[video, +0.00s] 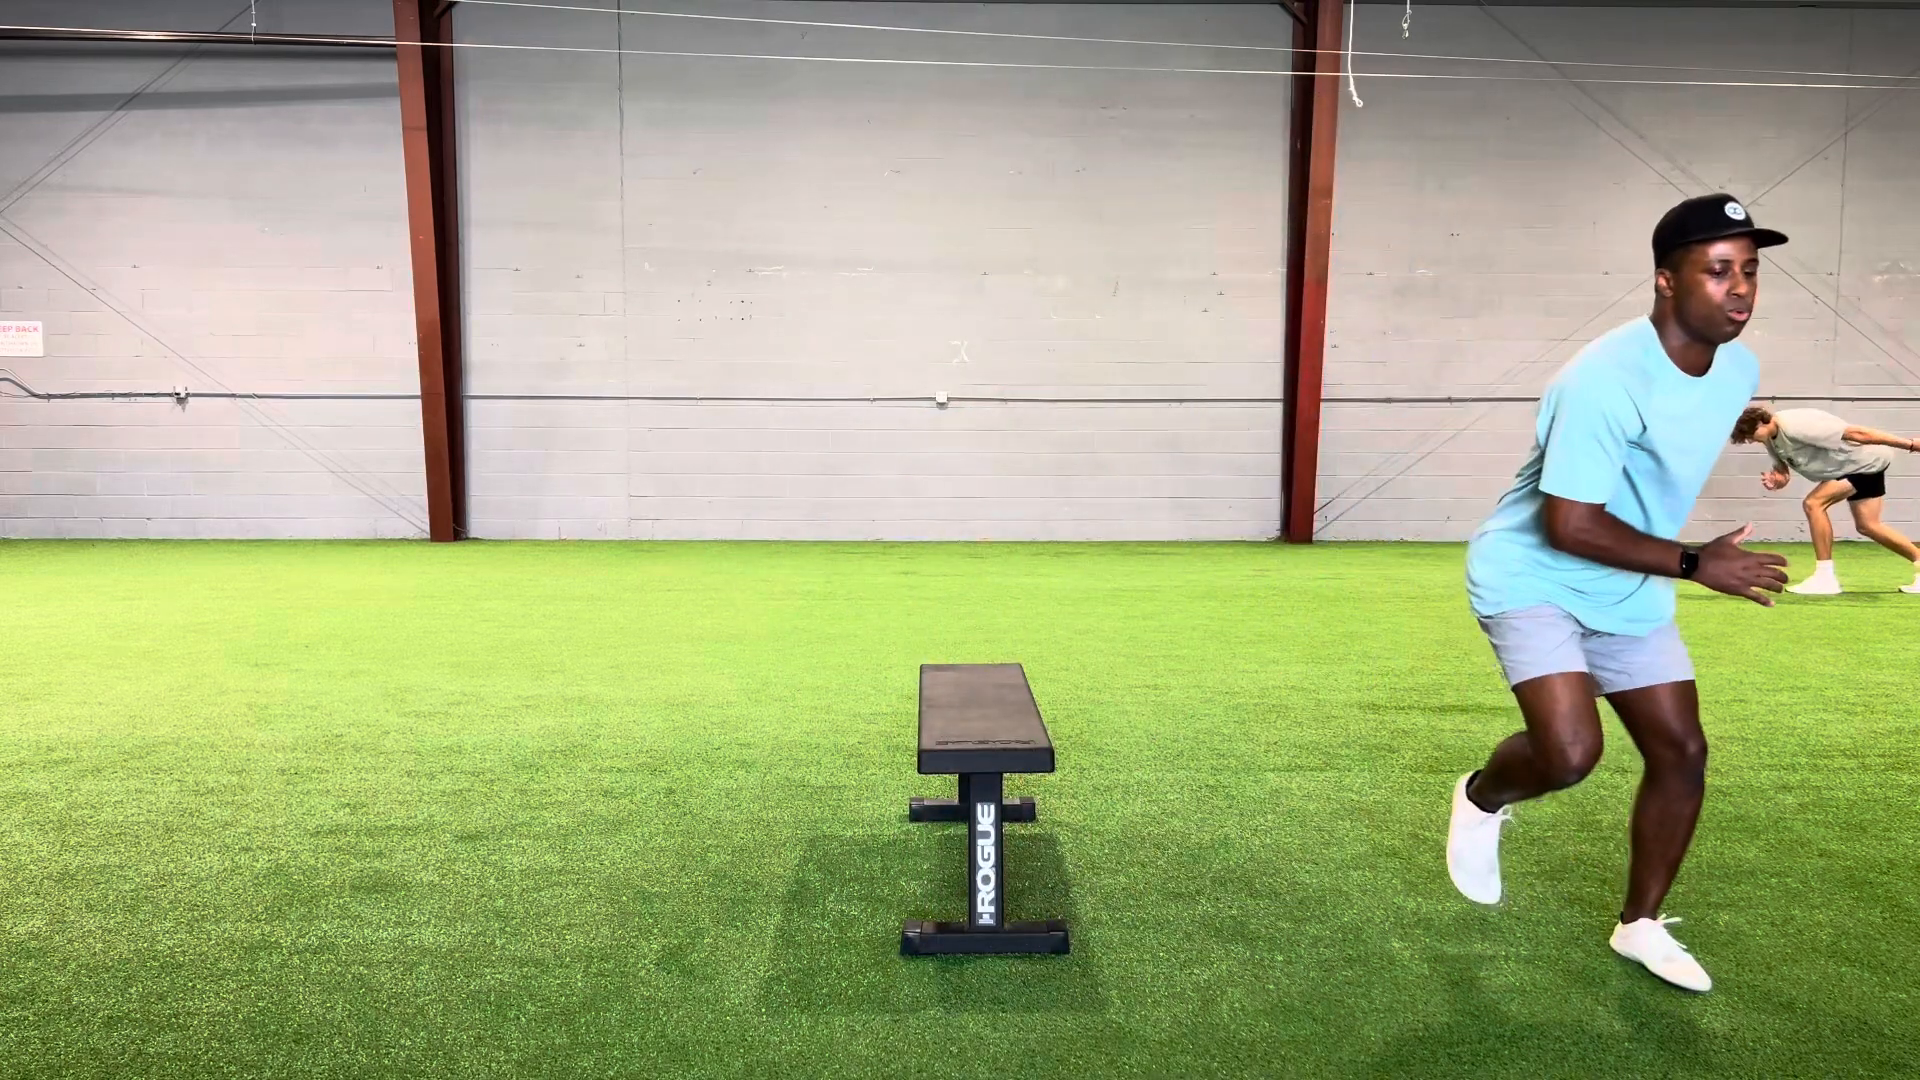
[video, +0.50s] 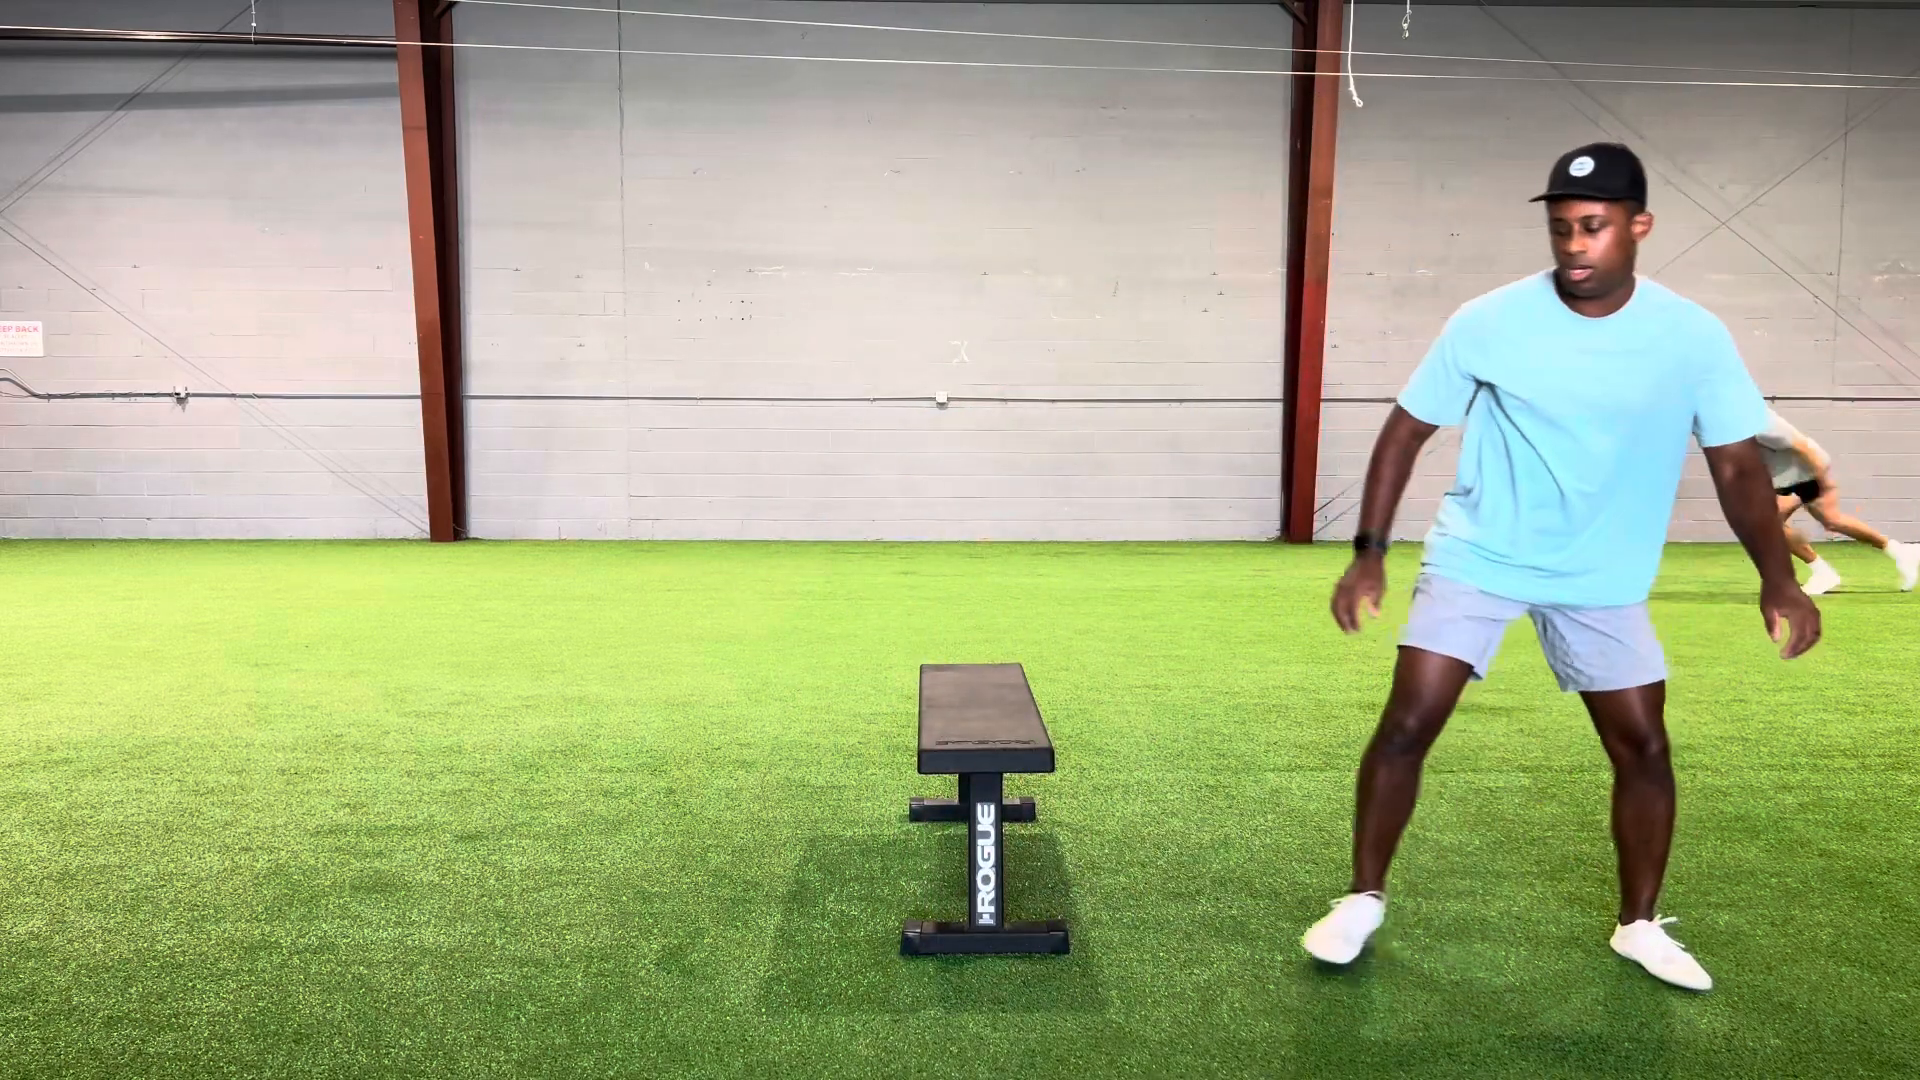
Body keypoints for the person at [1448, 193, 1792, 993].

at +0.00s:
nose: (1743, 290)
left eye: (1749, 271)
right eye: (1721, 272)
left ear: (1756, 277)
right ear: (1667, 283)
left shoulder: (1737, 367)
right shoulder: (1602, 380)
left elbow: (1700, 429)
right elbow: (1570, 524)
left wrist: (1753, 423)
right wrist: (1694, 562)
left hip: (1629, 575)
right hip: (1529, 568)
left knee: (1681, 750)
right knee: (1569, 752)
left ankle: (1640, 922)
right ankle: (1478, 800)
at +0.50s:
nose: (1572, 245)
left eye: (1592, 227)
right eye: (1560, 226)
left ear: (1639, 228)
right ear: (1546, 226)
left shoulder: (1694, 340)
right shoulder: (1490, 324)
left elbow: (1741, 467)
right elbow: (1404, 430)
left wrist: (1779, 578)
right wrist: (1369, 548)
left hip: (1601, 581)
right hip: (1475, 561)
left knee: (1644, 745)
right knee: (1409, 721)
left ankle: (1640, 922)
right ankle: (1363, 897)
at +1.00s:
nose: (1234, 221)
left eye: (1252, 201)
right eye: (1227, 202)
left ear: (1308, 199)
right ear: (1224, 203)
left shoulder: (1382, 297)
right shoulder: (1201, 307)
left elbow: (1429, 428)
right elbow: (1168, 423)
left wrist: (1450, 563)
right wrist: (1126, 528)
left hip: (1347, 562)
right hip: (1237, 561)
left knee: (1356, 751)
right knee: (1220, 735)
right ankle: (1235, 927)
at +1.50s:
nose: (1096, 297)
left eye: (1117, 280)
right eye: (1084, 275)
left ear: (1156, 273)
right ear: (1067, 262)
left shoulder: (1206, 356)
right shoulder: (1021, 343)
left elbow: (1246, 483)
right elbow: (972, 443)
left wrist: (1215, 587)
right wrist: (952, 550)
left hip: (1158, 590)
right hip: (1045, 581)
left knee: (1179, 762)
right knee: (998, 743)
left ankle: (1191, 938)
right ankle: (966, 934)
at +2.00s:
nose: (1036, 452)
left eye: (1055, 434)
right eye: (1022, 431)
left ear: (1082, 426)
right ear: (1002, 415)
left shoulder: (1121, 504)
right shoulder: (943, 487)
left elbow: (1174, 610)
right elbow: (886, 582)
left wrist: (1167, 676)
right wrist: (887, 676)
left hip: (1063, 680)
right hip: (958, 673)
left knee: (1101, 782)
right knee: (943, 778)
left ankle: (1083, 940)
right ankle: (963, 939)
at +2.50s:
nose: (1009, 407)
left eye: (1024, 392)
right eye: (995, 392)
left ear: (1046, 399)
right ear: (976, 399)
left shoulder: (1088, 490)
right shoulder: (924, 490)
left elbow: (1113, 591)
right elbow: (878, 588)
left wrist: (1112, 618)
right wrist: (897, 619)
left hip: (1050, 675)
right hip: (954, 670)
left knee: (1079, 743)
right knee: (926, 719)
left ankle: (1051, 933)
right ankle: (954, 900)